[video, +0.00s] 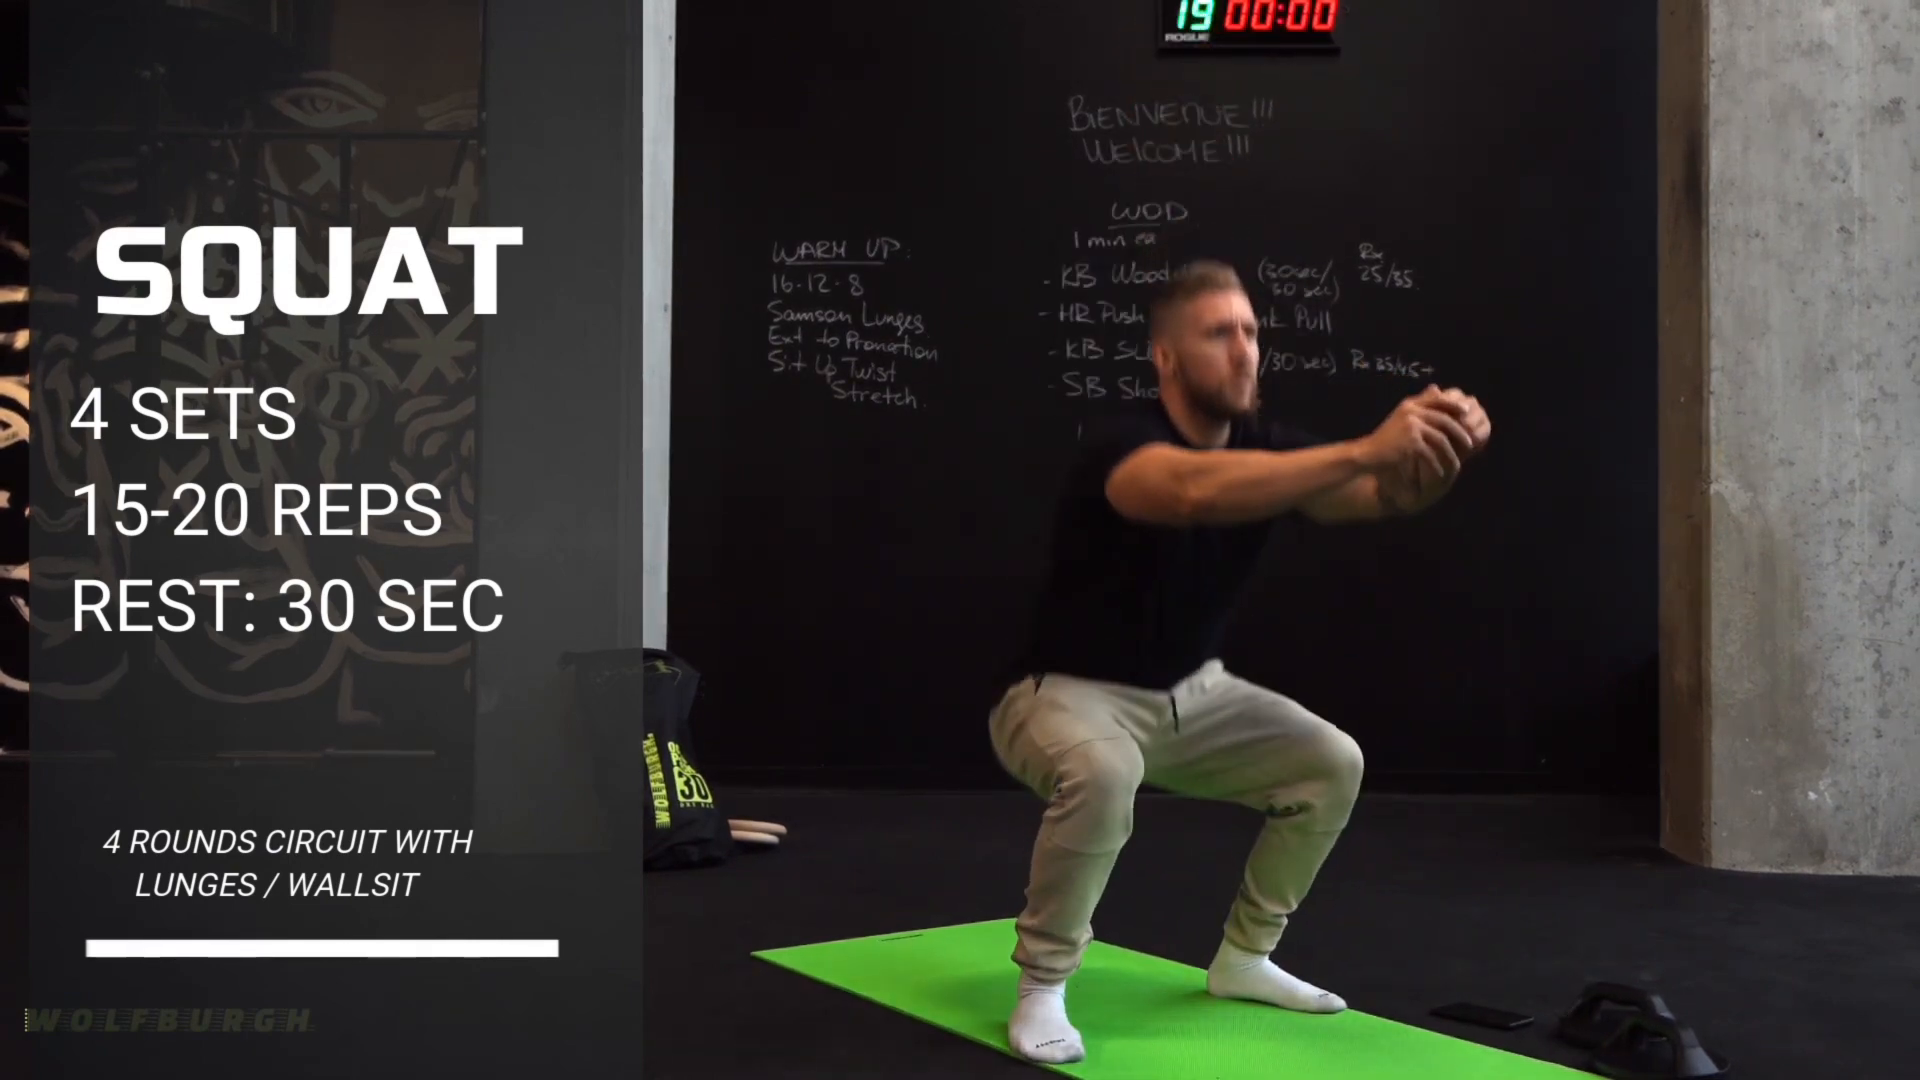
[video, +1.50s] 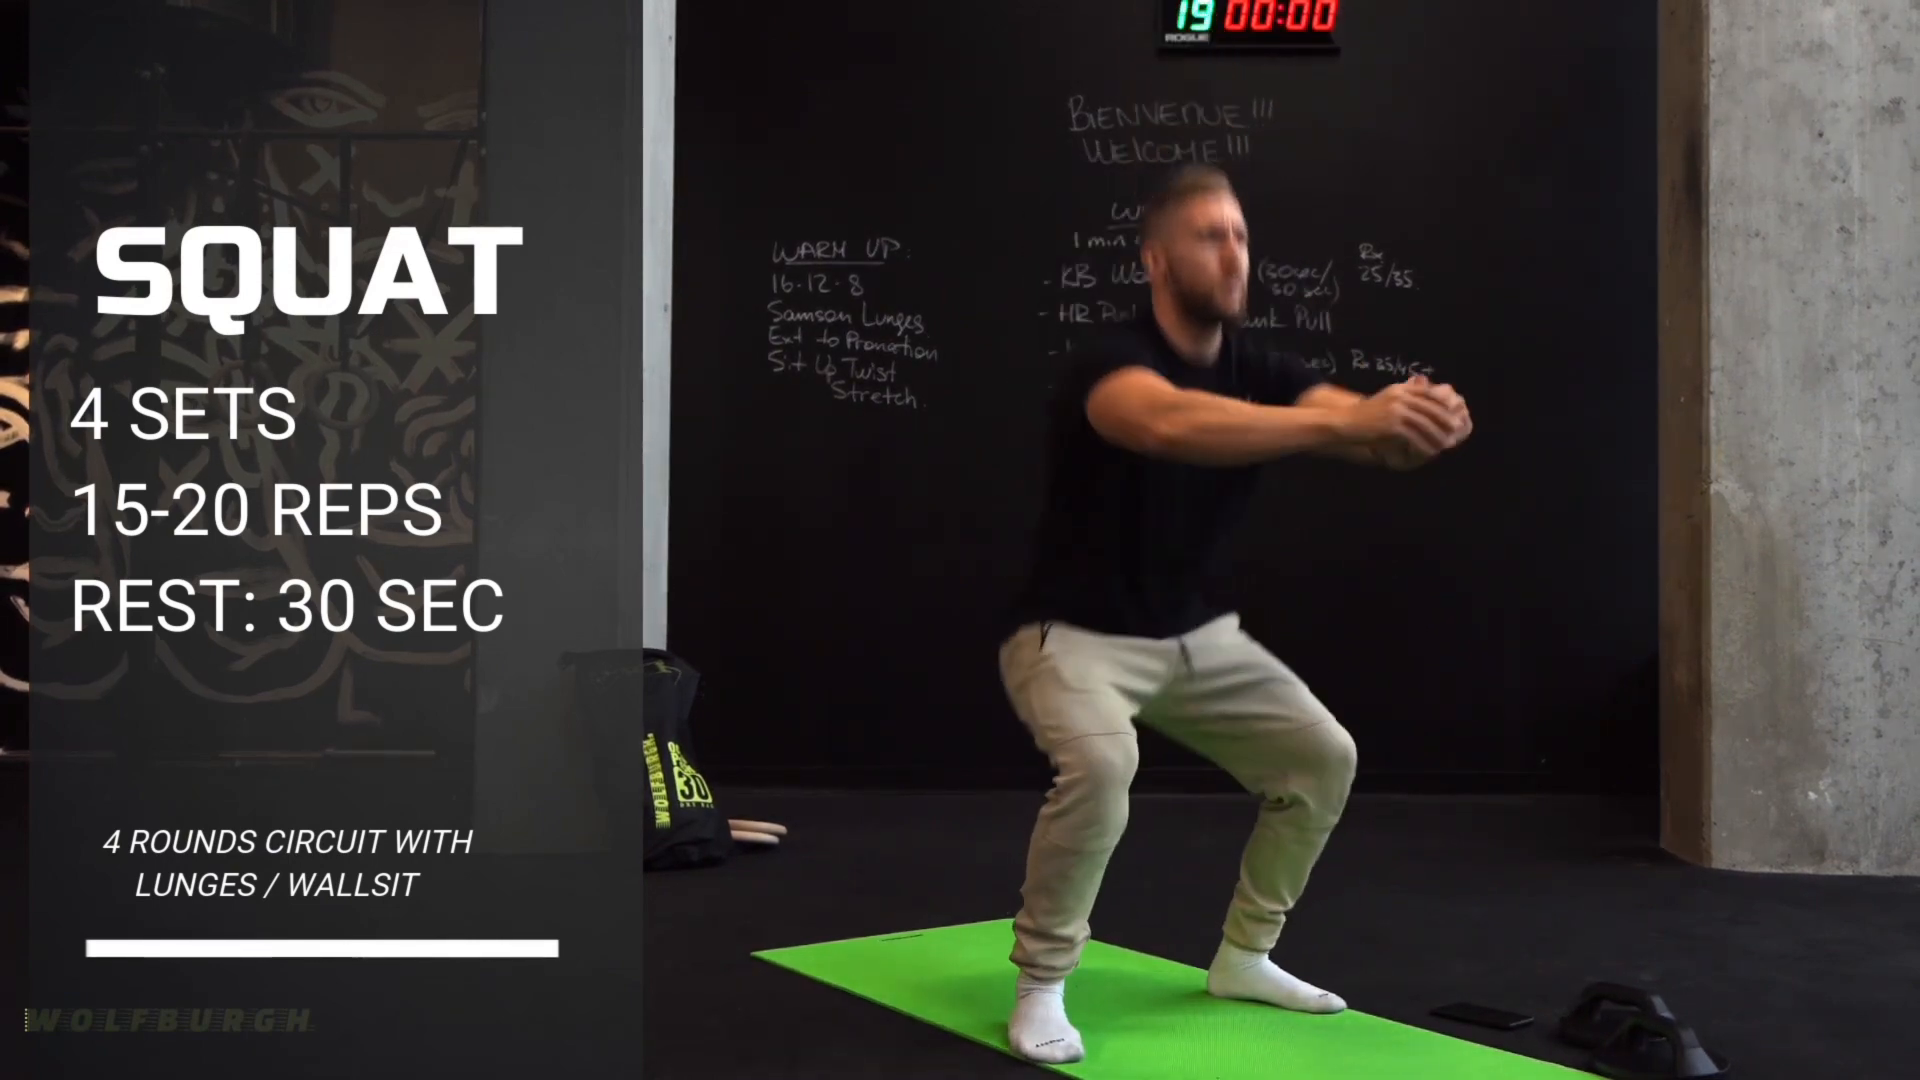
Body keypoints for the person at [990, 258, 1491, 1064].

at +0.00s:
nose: (1244, 350)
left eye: (1251, 333)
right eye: (1220, 335)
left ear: (1259, 349)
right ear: (1165, 358)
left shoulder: (1262, 453)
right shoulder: (1119, 448)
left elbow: (1387, 495)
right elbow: (1196, 492)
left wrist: (1446, 453)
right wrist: (1366, 453)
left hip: (1192, 699)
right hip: (1072, 695)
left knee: (1330, 766)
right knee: (1102, 779)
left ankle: (1242, 963)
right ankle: (1043, 989)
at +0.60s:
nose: (1244, 255)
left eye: (1248, 240)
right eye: (1220, 241)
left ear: (1257, 258)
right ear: (1164, 265)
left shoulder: (1262, 373)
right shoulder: (1115, 363)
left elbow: (1358, 426)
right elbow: (1175, 443)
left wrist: (1443, 449)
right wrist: (1349, 451)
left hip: (1210, 641)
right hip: (1089, 642)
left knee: (1339, 766)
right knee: (1120, 776)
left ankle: (1244, 960)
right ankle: (1045, 986)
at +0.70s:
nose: (1230, 145)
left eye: (1235, 128)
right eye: (1205, 130)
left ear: (1245, 148)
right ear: (1150, 152)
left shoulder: (1262, 278)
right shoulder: (1103, 259)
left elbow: (1342, 383)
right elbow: (1114, 397)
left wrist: (1412, 469)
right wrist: (1228, 494)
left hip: (1227, 578)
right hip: (1107, 575)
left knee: (1310, 756)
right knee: (1115, 763)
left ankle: (1242, 959)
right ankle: (1045, 981)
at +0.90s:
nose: (1222, 61)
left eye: (1226, 45)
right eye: (1197, 46)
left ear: (1233, 71)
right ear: (1144, 76)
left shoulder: (1260, 205)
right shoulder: (1093, 192)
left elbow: (1308, 363)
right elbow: (1044, 357)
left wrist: (1321, 503)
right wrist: (1062, 514)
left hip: (1242, 526)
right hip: (1123, 520)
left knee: (1250, 743)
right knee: (1093, 742)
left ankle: (1239, 955)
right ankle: (1040, 981)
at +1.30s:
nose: (1216, 87)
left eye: (1222, 71)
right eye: (1190, 72)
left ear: (1231, 97)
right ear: (1137, 98)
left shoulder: (1252, 231)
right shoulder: (1090, 212)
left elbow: (1325, 364)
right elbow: (1075, 363)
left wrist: (1368, 484)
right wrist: (1183, 480)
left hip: (1229, 543)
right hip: (1107, 541)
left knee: (1279, 745)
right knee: (1099, 755)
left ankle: (1241, 957)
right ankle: (1041, 983)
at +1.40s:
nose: (1222, 142)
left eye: (1229, 126)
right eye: (1198, 126)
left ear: (1238, 147)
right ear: (1143, 147)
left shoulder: (1254, 279)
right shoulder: (1095, 261)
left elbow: (1342, 377)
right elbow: (1116, 382)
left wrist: (1399, 446)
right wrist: (1271, 444)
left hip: (1210, 577)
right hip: (1091, 573)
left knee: (1302, 755)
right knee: (1099, 760)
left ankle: (1241, 958)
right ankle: (1043, 981)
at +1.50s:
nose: (1234, 254)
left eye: (1240, 237)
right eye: (1211, 238)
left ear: (1248, 254)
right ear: (1157, 255)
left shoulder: (1255, 367)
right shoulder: (1108, 362)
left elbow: (1349, 425)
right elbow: (1167, 426)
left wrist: (1416, 425)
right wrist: (1343, 423)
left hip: (1196, 638)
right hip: (1073, 638)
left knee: (1324, 759)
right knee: (1099, 768)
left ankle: (1242, 961)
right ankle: (1041, 985)